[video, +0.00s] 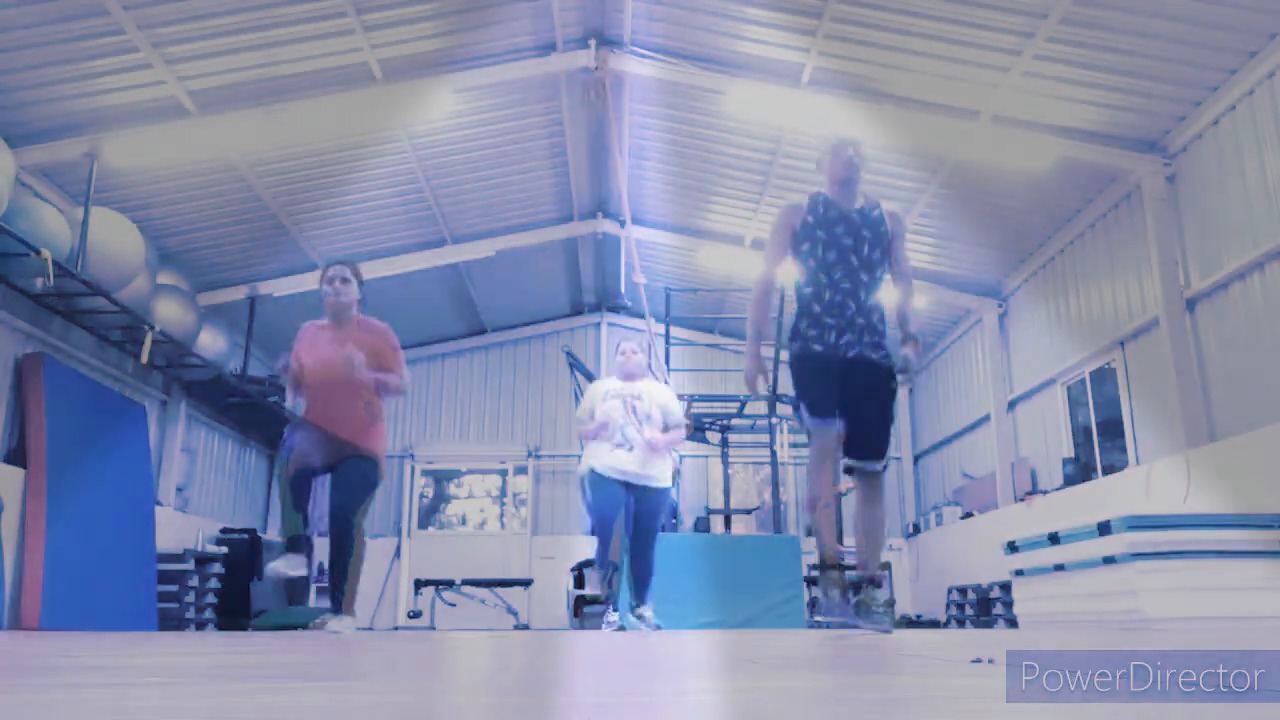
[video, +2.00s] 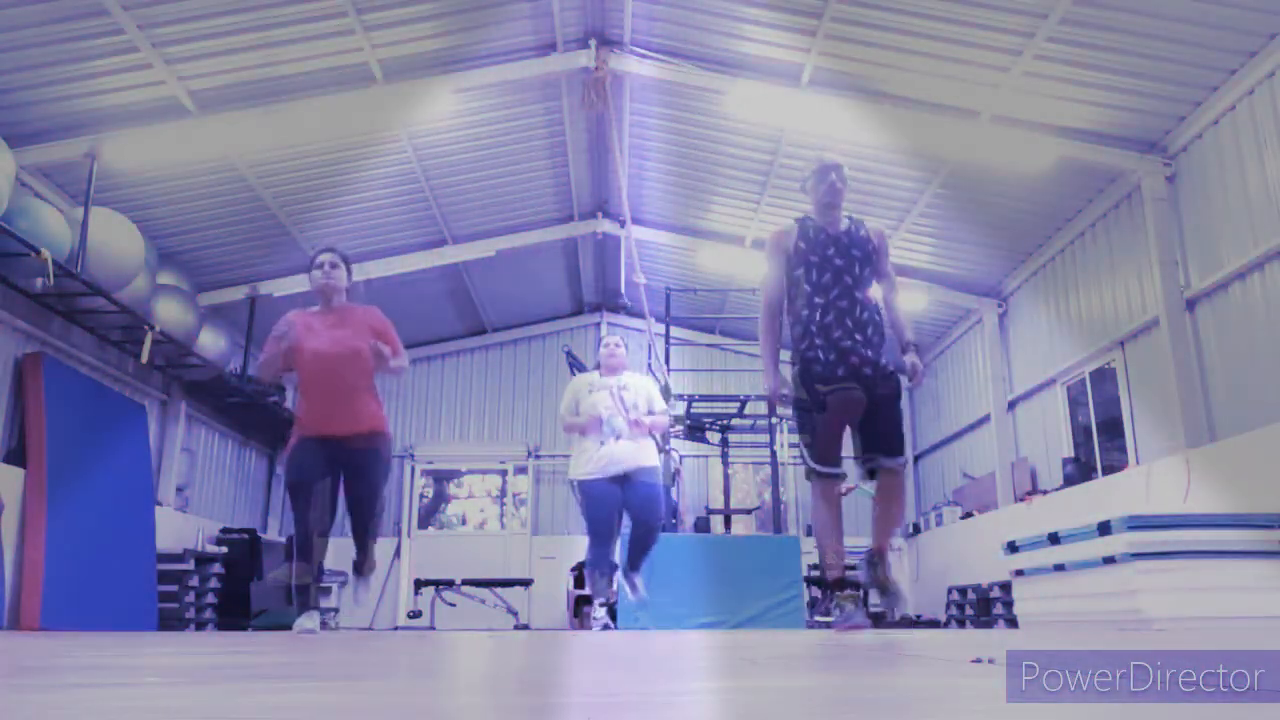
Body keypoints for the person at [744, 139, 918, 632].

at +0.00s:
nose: (848, 158)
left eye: (854, 153)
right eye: (839, 153)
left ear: (864, 168)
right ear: (822, 166)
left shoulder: (886, 218)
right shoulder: (798, 213)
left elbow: (903, 283)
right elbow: (766, 282)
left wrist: (907, 332)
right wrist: (755, 351)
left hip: (872, 350)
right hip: (815, 345)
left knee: (870, 474)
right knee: (825, 444)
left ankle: (871, 586)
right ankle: (830, 577)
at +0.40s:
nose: (830, 158)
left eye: (837, 152)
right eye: (821, 153)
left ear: (846, 164)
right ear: (805, 165)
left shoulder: (870, 216)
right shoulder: (783, 214)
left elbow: (891, 282)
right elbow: (761, 283)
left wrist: (905, 332)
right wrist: (767, 351)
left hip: (870, 352)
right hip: (811, 354)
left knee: (889, 456)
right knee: (824, 470)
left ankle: (857, 523)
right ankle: (837, 590)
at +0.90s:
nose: (846, 171)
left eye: (852, 165)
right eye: (837, 164)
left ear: (861, 177)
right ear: (822, 174)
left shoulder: (879, 229)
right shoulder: (799, 223)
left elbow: (901, 291)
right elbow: (766, 285)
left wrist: (909, 347)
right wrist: (784, 335)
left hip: (877, 361)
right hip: (816, 362)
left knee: (890, 466)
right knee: (814, 483)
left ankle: (895, 587)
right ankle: (811, 594)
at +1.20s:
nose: (864, 170)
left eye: (871, 164)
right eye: (855, 163)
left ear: (879, 176)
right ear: (838, 174)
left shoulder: (896, 231)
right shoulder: (810, 224)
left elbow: (914, 297)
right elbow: (781, 291)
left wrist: (918, 358)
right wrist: (782, 358)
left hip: (884, 366)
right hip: (825, 364)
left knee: (889, 481)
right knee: (823, 470)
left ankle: (891, 596)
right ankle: (804, 552)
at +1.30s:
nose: (864, 167)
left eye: (870, 161)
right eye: (854, 161)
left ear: (879, 173)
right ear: (838, 172)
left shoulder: (898, 228)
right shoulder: (809, 223)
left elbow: (917, 291)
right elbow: (781, 291)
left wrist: (921, 352)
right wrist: (770, 360)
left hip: (882, 356)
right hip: (824, 351)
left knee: (886, 476)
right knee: (838, 427)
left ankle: (888, 593)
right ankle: (812, 489)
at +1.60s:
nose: (855, 190)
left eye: (861, 182)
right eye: (846, 183)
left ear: (870, 186)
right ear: (831, 188)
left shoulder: (889, 233)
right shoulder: (809, 231)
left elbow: (911, 294)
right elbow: (777, 298)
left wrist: (919, 350)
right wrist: (768, 369)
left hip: (880, 357)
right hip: (825, 349)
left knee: (885, 476)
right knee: (844, 403)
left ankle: (888, 598)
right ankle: (829, 542)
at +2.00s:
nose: (833, 183)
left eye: (839, 178)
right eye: (824, 178)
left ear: (847, 188)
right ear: (808, 189)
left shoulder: (871, 237)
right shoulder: (787, 238)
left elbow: (891, 298)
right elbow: (771, 307)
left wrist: (907, 345)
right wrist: (771, 371)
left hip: (875, 361)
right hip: (818, 363)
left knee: (891, 468)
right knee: (827, 479)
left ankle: (879, 562)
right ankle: (838, 592)